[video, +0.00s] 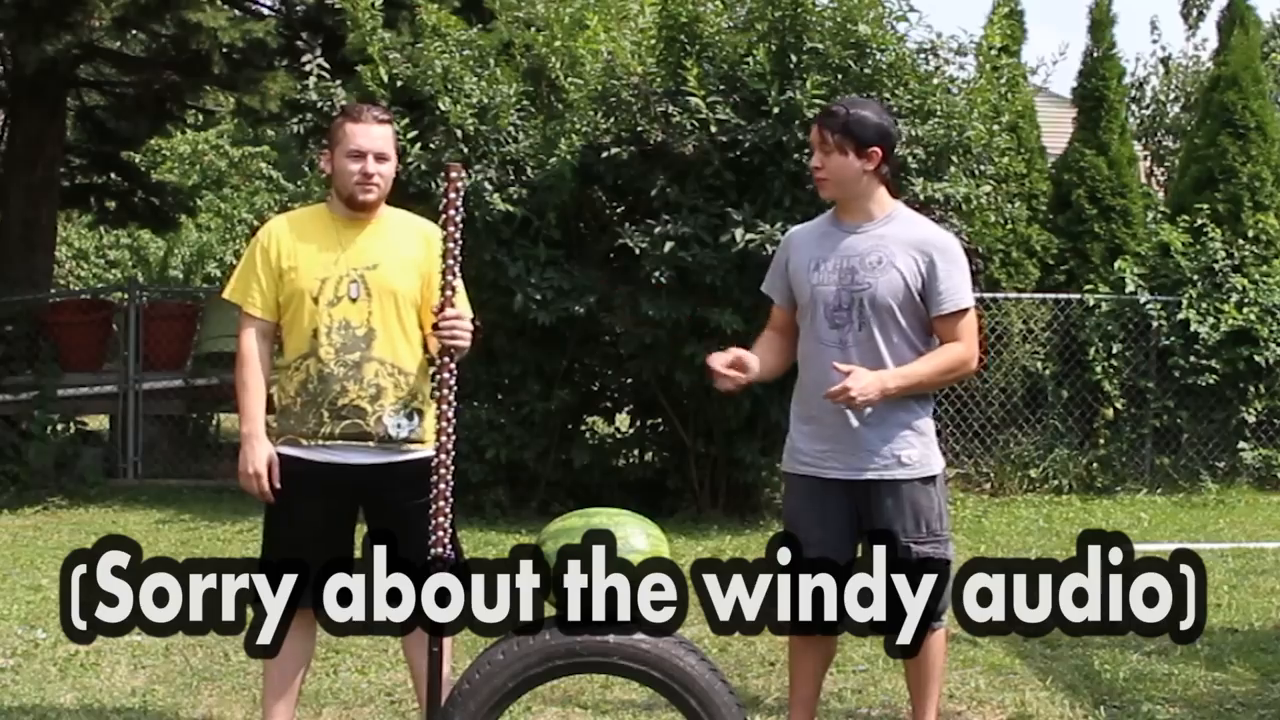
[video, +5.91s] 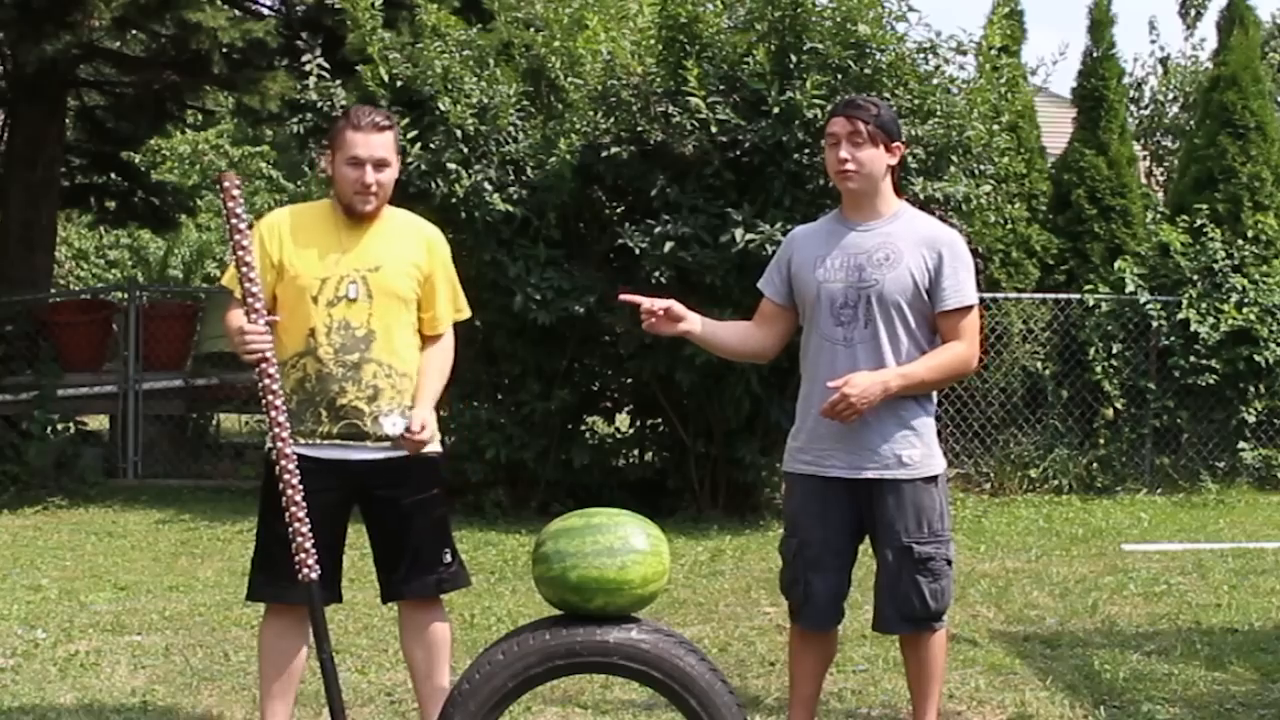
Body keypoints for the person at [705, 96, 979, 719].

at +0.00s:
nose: (813, 163)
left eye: (826, 152)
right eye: (813, 151)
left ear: (872, 158)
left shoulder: (932, 245)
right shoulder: (799, 244)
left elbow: (964, 352)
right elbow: (780, 335)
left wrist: (884, 381)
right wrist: (751, 364)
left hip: (904, 467)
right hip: (814, 464)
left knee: (921, 610)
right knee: (811, 608)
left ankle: (925, 716)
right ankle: (799, 716)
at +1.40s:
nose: (821, 161)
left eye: (834, 151)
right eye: (821, 149)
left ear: (879, 158)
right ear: (829, 156)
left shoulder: (935, 245)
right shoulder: (805, 244)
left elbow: (964, 353)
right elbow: (762, 328)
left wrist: (875, 377)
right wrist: (697, 322)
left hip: (906, 468)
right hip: (817, 466)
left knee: (923, 612)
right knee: (812, 609)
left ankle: (925, 717)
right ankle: (800, 716)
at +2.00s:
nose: (828, 150)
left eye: (842, 141)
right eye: (831, 139)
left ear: (884, 158)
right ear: (861, 156)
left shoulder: (935, 247)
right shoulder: (807, 239)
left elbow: (955, 357)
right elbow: (774, 319)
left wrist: (861, 375)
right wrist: (766, 348)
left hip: (902, 467)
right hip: (813, 462)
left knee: (921, 613)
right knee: (808, 610)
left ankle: (924, 716)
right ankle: (799, 716)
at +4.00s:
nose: (853, 150)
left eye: (868, 139)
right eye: (841, 138)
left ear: (895, 154)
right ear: (826, 154)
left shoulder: (937, 242)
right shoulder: (797, 244)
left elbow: (962, 349)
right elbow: (777, 332)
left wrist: (920, 356)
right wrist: (771, 372)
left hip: (906, 459)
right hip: (815, 458)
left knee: (923, 610)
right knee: (809, 610)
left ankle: (925, 716)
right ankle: (799, 716)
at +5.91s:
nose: (844, 153)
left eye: (859, 142)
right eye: (834, 143)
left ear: (892, 154)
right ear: (825, 157)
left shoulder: (938, 242)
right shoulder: (802, 244)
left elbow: (965, 351)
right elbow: (763, 337)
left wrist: (885, 381)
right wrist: (692, 324)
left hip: (907, 464)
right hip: (817, 462)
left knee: (922, 613)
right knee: (811, 611)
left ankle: (926, 717)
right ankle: (799, 716)